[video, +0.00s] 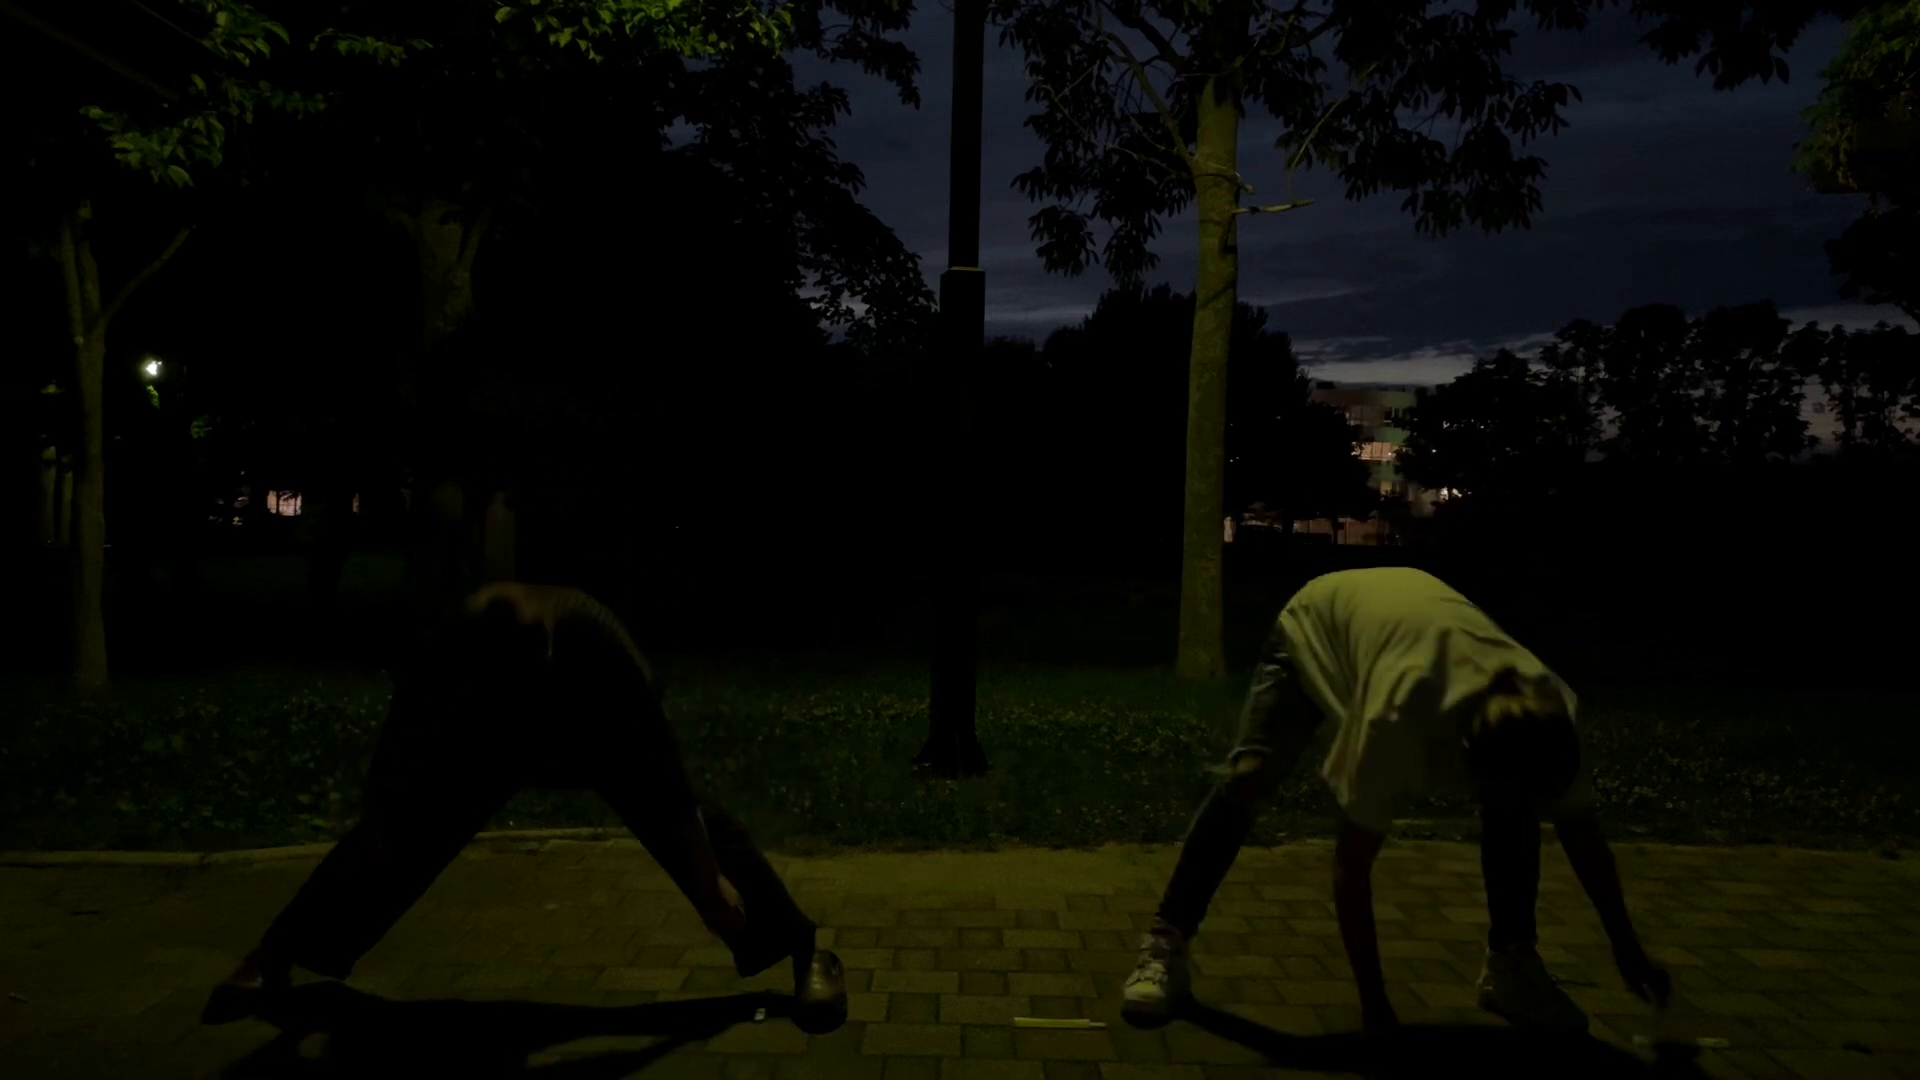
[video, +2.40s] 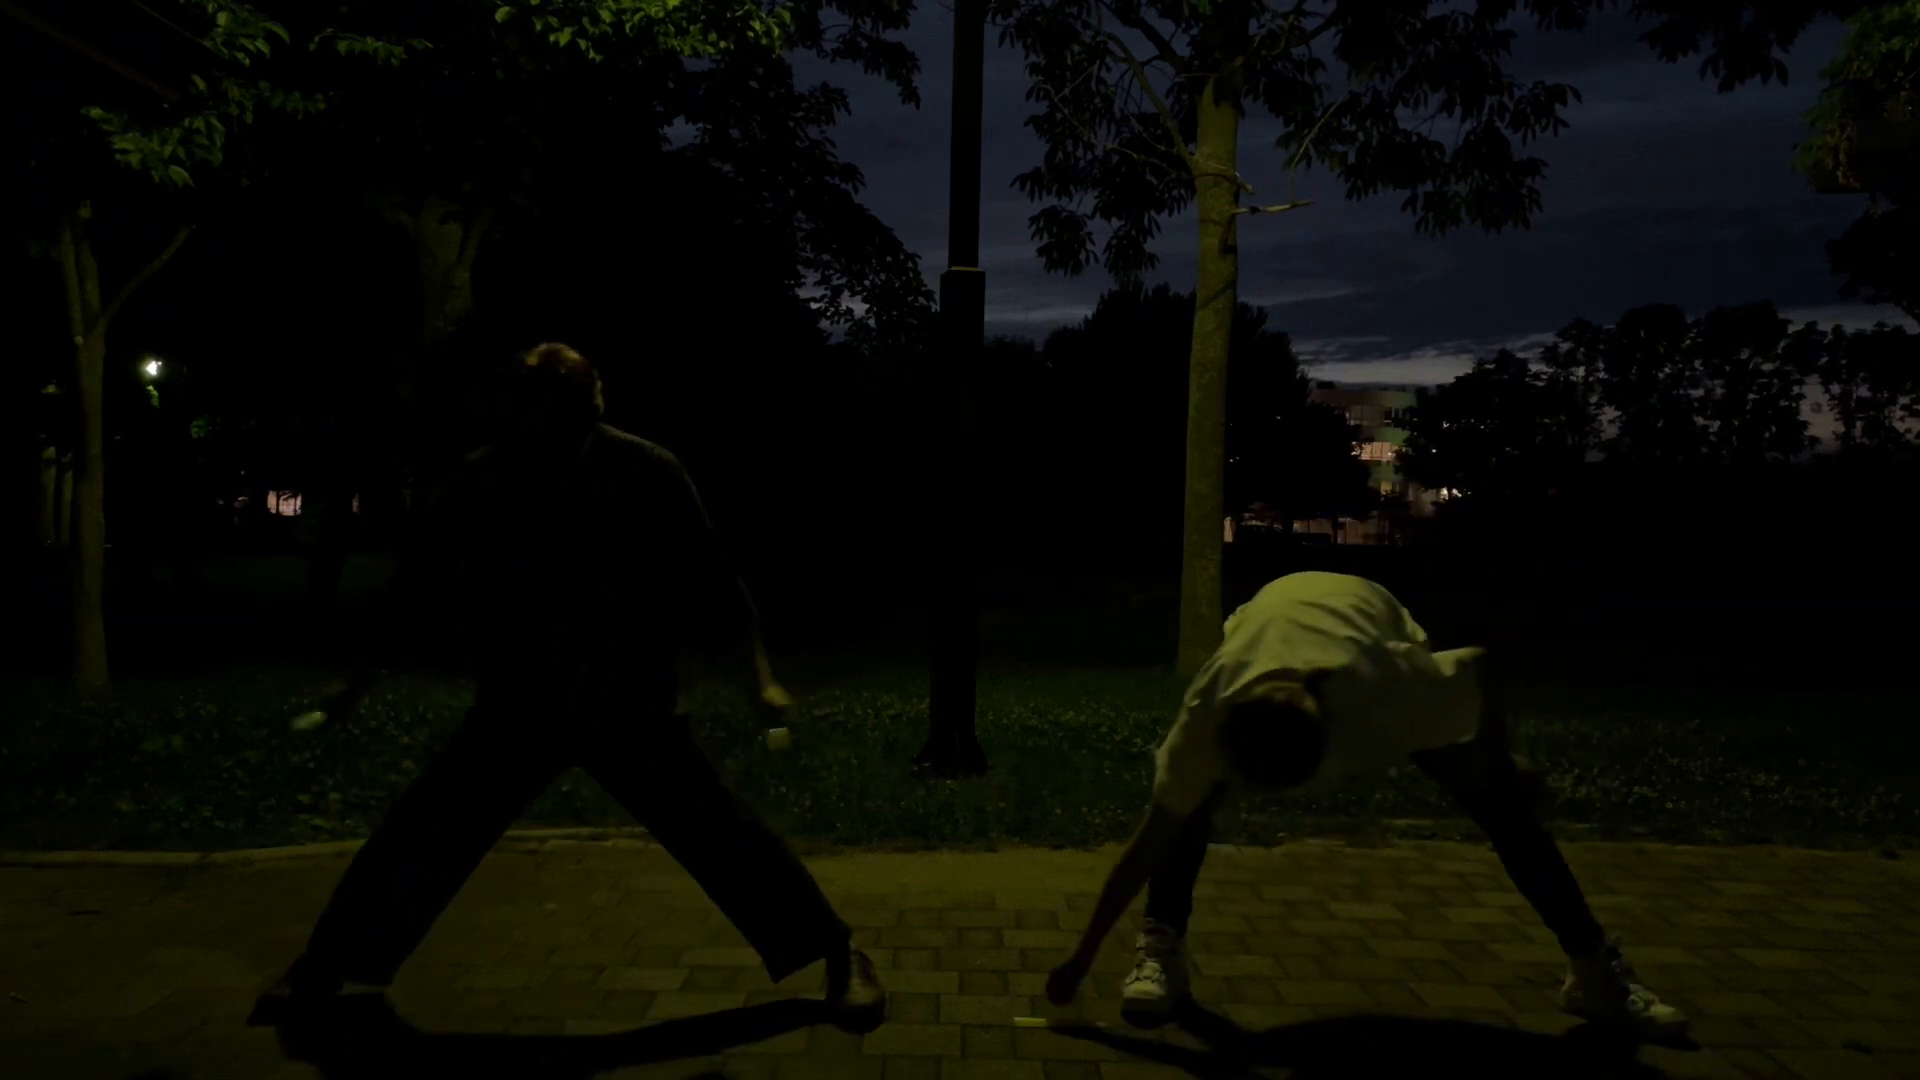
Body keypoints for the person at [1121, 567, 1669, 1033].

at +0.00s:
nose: (1515, 809)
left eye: (1531, 799)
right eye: (1509, 795)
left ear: (1560, 743)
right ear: (1481, 748)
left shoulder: (1550, 711)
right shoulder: (1400, 710)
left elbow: (1581, 832)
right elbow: (1351, 866)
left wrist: (1628, 947)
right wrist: (1374, 1006)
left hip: (1425, 603)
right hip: (1319, 614)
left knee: (1512, 802)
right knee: (1250, 777)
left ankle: (1513, 969)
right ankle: (1164, 949)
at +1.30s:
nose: (1513, 756)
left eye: (1528, 747)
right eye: (1504, 745)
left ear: (1552, 701)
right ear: (1474, 704)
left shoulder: (1550, 666)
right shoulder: (1389, 662)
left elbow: (1602, 773)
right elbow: (1302, 781)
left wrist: (1634, 871)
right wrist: (1314, 909)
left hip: (1444, 604)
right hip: (1326, 616)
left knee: (1518, 789)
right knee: (1256, 774)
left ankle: (1515, 967)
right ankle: (1166, 946)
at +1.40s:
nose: (1492, 719)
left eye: (1508, 706)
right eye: (1484, 703)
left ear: (1533, 668)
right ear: (1458, 663)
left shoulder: (1542, 637)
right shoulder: (1373, 633)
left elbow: (1580, 731)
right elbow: (1291, 750)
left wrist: (1610, 805)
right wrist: (1298, 888)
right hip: (1315, 613)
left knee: (1504, 787)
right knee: (1249, 770)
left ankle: (1515, 965)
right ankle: (1165, 945)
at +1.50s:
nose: (1478, 683)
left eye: (1488, 673)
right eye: (1469, 671)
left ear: (1516, 620)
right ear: (1440, 620)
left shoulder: (1512, 572)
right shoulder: (1354, 594)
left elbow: (1536, 669)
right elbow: (1281, 731)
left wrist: (1558, 725)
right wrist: (1267, 853)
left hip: (1422, 641)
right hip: (1304, 624)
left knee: (1518, 778)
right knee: (1241, 772)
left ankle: (1562, 951)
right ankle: (1164, 943)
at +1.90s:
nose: (1472, 760)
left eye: (1482, 744)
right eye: (1459, 748)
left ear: (1503, 696)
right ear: (1420, 703)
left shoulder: (1538, 643)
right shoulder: (1349, 660)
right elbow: (1241, 787)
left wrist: (1557, 742)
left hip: (1468, 606)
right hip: (1337, 621)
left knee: (1557, 803)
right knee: (1253, 796)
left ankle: (1601, 972)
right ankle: (1167, 946)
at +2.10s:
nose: (1381, 776)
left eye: (1398, 764)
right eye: (1367, 765)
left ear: (1431, 716)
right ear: (1337, 723)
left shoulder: (1483, 662)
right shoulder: (1286, 686)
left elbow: (1544, 641)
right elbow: (1215, 793)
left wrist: (1543, 748)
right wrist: (1147, 909)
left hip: (1409, 598)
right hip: (1298, 613)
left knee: (1533, 802)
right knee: (1231, 798)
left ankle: (1601, 973)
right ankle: (1163, 952)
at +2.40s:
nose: (1269, 788)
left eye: (1284, 774)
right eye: (1256, 772)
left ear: (1315, 731)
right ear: (1233, 744)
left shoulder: (1392, 692)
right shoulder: (1202, 730)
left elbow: (1487, 670)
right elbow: (1149, 841)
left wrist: (1507, 763)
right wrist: (1081, 956)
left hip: (1372, 616)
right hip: (1256, 622)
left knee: (1501, 806)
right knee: (1185, 804)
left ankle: (1601, 973)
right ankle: (1162, 958)